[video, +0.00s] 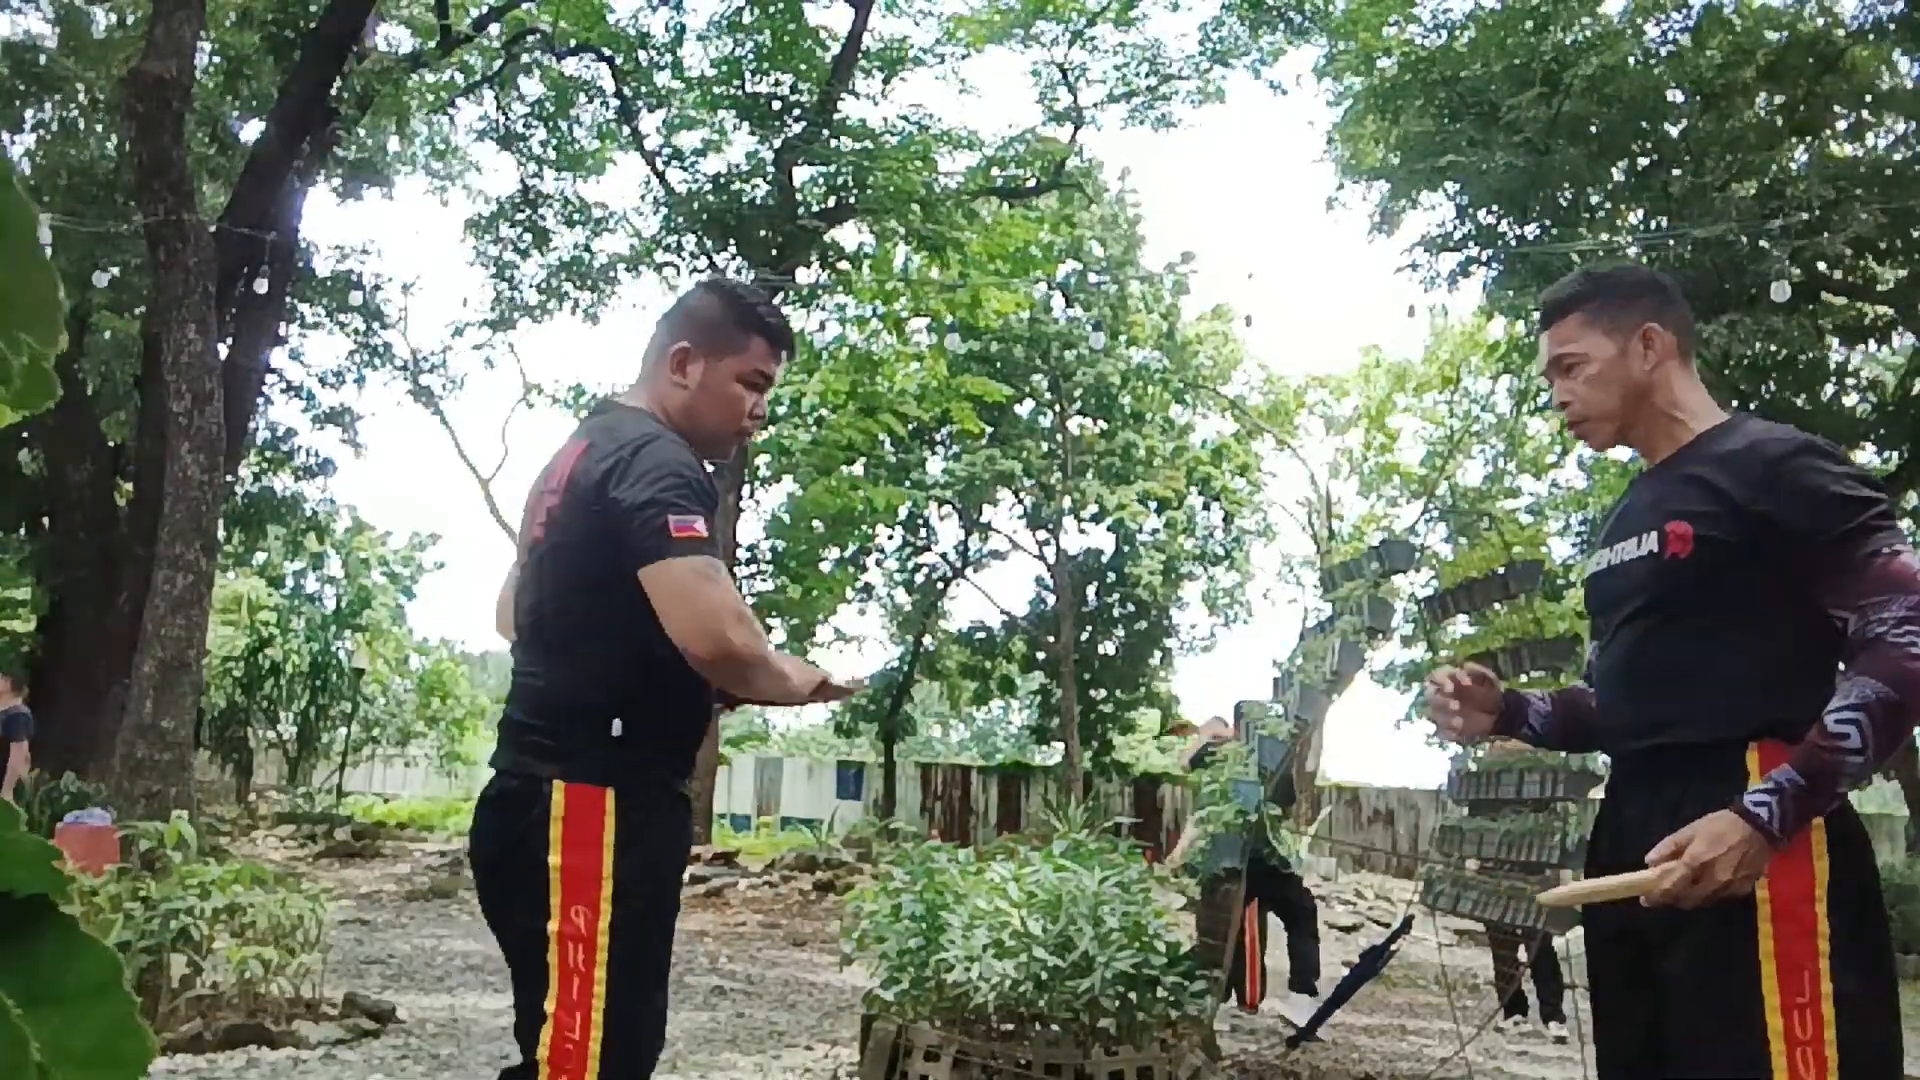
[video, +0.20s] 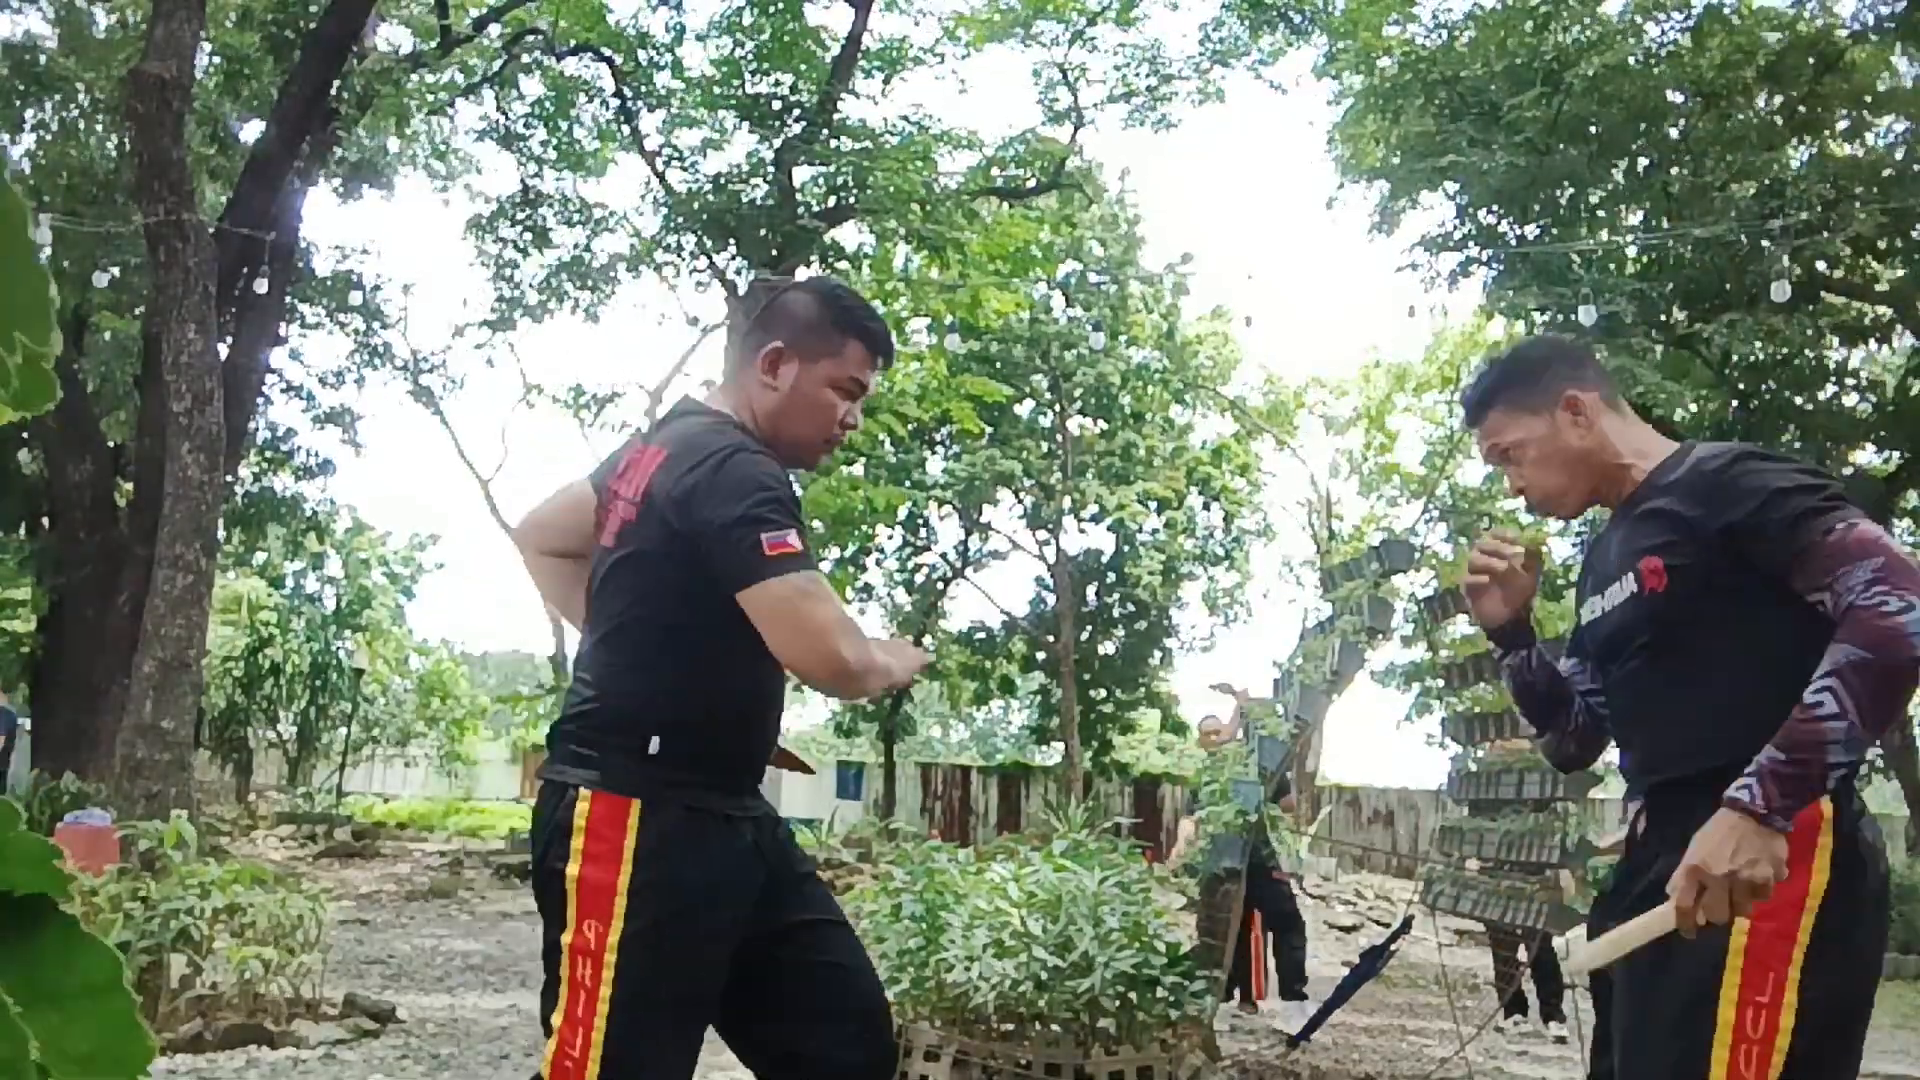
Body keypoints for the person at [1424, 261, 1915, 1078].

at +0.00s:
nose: (1557, 400)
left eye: (1572, 368)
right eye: (1551, 380)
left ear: (1651, 348)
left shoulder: (1774, 463)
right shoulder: (1626, 515)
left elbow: (1905, 634)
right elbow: (1630, 703)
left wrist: (1768, 813)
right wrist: (1511, 711)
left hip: (1764, 835)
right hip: (1633, 842)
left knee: (1776, 1061)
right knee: (1639, 1062)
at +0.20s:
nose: (1509, 487)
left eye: (1509, 456)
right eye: (1498, 467)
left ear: (1578, 412)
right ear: (1577, 414)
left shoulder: (1719, 478)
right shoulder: (1601, 556)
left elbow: (1893, 602)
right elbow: (1575, 742)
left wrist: (1763, 802)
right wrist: (1513, 635)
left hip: (1774, 843)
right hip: (1663, 850)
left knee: (1721, 1065)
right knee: (1628, 1063)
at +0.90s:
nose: (1566, 424)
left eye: (1570, 380)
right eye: (1557, 398)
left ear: (1658, 341)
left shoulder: (1826, 448)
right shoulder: (1649, 540)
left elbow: (1590, 545)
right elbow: (1494, 666)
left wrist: (1409, 384)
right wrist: (1373, 473)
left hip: (1844, 922)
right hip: (1692, 924)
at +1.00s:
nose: (1547, 437)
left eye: (1555, 398)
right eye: (1537, 416)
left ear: (1648, 355)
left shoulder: (1832, 488)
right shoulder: (1629, 567)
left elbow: (1701, 685)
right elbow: (1536, 748)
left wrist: (1432, 560)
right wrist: (1383, 638)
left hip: (1854, 974)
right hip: (1690, 974)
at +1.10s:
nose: (1541, 493)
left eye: (1551, 451)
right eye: (1528, 468)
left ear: (1645, 409)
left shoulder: (1839, 551)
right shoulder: (1606, 611)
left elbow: (1737, 820)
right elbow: (1565, 816)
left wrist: (1430, 855)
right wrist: (1405, 861)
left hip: (1844, 1012)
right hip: (1681, 1011)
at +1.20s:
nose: (1525, 544)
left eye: (1531, 503)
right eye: (1508, 518)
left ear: (1618, 453)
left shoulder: (1818, 593)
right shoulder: (1616, 629)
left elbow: (1725, 889)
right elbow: (1573, 849)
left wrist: (1458, 981)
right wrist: (1377, 926)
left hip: (1828, 1028)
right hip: (1678, 1019)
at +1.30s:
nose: (1485, 594)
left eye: (1485, 557)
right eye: (1469, 571)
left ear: (1562, 505)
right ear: (1565, 510)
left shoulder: (1727, 645)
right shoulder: (1609, 638)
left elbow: (1690, 935)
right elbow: (1536, 813)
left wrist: (1474, 1004)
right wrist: (1359, 862)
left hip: (1844, 1020)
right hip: (1705, 1003)